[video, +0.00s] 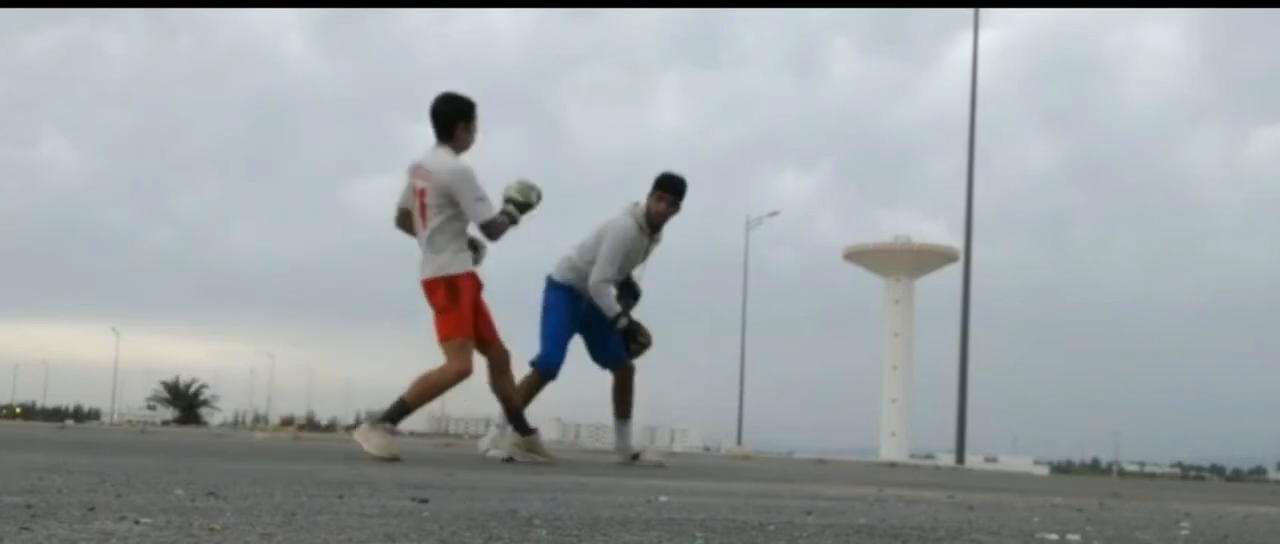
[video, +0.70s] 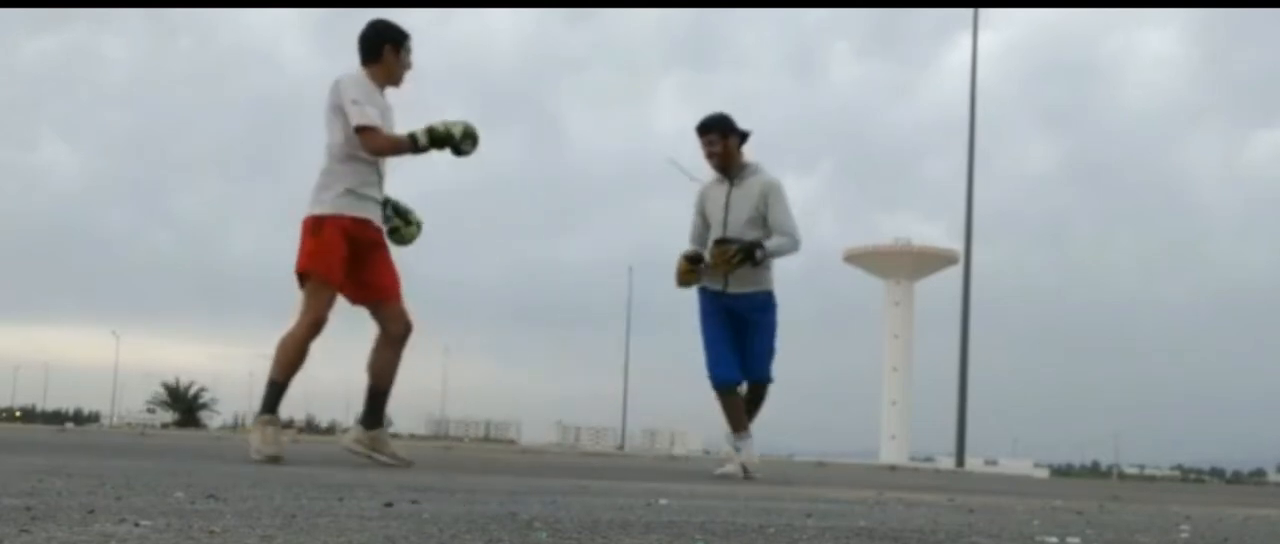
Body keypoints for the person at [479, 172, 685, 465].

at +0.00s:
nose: (662, 208)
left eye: (671, 204)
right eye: (659, 200)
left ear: (677, 210)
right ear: (648, 198)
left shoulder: (652, 236)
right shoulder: (623, 228)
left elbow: (621, 265)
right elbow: (597, 283)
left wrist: (627, 284)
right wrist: (622, 321)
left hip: (596, 297)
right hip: (565, 288)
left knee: (624, 369)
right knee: (548, 367)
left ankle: (623, 447)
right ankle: (498, 433)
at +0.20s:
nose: (690, 177)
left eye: (697, 172)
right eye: (686, 169)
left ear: (706, 177)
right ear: (677, 167)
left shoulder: (691, 210)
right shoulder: (656, 202)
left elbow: (661, 248)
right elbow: (621, 250)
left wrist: (668, 269)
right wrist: (646, 281)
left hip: (642, 292)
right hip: (612, 285)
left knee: (678, 358)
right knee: (574, 356)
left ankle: (659, 442)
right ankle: (516, 420)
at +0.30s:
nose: (695, 171)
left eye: (703, 166)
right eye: (691, 163)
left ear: (716, 171)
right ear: (685, 164)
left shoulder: (715, 213)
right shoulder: (665, 201)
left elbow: (700, 254)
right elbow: (632, 247)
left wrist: (699, 276)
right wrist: (658, 278)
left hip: (674, 300)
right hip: (638, 292)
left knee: (689, 371)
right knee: (606, 360)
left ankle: (656, 451)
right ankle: (540, 428)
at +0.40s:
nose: (696, 156)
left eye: (703, 150)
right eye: (691, 149)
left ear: (718, 153)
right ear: (686, 150)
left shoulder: (733, 200)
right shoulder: (669, 189)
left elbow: (744, 242)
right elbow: (637, 231)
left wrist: (727, 260)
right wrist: (658, 252)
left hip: (698, 292)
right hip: (660, 284)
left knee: (697, 370)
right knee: (639, 351)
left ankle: (662, 442)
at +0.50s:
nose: (698, 144)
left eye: (705, 138)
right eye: (693, 138)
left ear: (722, 138)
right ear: (687, 140)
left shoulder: (745, 184)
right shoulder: (681, 178)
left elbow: (773, 232)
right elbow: (653, 221)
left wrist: (750, 243)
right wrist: (668, 237)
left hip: (718, 282)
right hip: (679, 277)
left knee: (705, 363)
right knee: (668, 353)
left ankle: (675, 428)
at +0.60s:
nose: (702, 150)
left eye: (709, 143)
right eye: (697, 144)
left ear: (727, 142)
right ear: (694, 146)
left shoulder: (753, 184)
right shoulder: (693, 185)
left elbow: (787, 233)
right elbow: (674, 227)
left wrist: (752, 245)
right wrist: (680, 246)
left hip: (737, 288)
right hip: (699, 286)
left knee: (727, 374)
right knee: (712, 371)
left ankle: (697, 432)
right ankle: (742, 449)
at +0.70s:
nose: (709, 154)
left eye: (714, 145)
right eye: (705, 147)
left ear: (734, 142)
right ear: (704, 149)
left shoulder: (766, 186)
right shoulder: (707, 192)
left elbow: (789, 240)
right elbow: (697, 240)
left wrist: (755, 251)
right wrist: (692, 260)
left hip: (755, 296)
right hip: (714, 296)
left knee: (758, 377)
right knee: (723, 376)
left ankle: (737, 432)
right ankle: (744, 455)